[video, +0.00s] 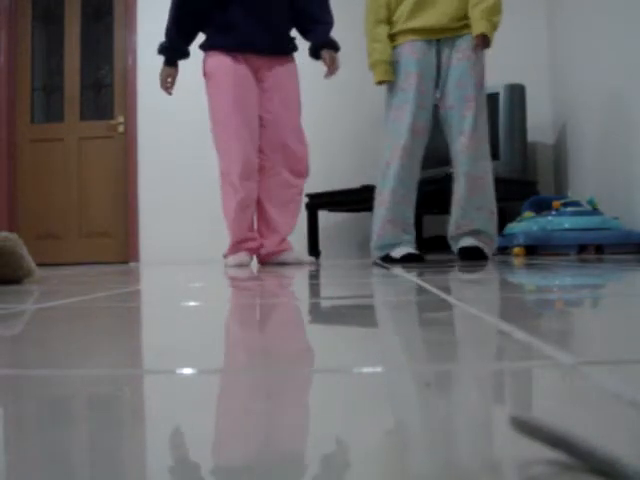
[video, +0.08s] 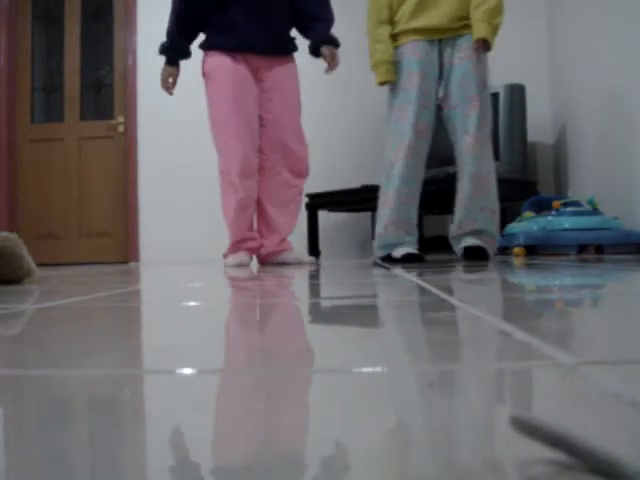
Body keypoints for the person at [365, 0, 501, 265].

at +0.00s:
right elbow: (377, 5)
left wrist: (483, 19)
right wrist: (380, 53)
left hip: (463, 27)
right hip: (409, 30)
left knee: (468, 137)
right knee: (405, 139)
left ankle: (472, 236)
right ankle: (394, 242)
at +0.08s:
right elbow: (379, 5)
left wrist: (484, 21)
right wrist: (382, 54)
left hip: (464, 28)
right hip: (411, 32)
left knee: (472, 139)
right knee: (407, 140)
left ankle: (475, 237)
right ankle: (397, 242)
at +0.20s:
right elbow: (385, 4)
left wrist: (492, 33)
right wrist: (388, 53)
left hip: (471, 29)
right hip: (416, 32)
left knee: (481, 136)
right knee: (414, 138)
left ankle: (481, 236)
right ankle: (413, 241)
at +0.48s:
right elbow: (378, 4)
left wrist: (500, 33)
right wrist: (376, 52)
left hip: (460, 21)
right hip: (405, 23)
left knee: (462, 131)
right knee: (405, 133)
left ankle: (469, 237)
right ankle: (396, 240)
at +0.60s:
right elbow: (367, 4)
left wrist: (490, 29)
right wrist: (364, 51)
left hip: (454, 21)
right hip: (394, 25)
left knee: (456, 136)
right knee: (388, 137)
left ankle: (464, 240)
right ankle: (384, 238)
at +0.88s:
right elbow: (361, 4)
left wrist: (463, 21)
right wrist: (364, 51)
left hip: (445, 27)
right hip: (393, 31)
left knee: (453, 138)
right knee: (396, 140)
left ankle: (462, 239)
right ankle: (393, 242)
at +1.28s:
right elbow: (376, 2)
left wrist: (496, 21)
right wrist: (380, 44)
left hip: (466, 26)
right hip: (409, 29)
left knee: (474, 133)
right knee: (413, 139)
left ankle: (481, 237)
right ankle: (418, 242)